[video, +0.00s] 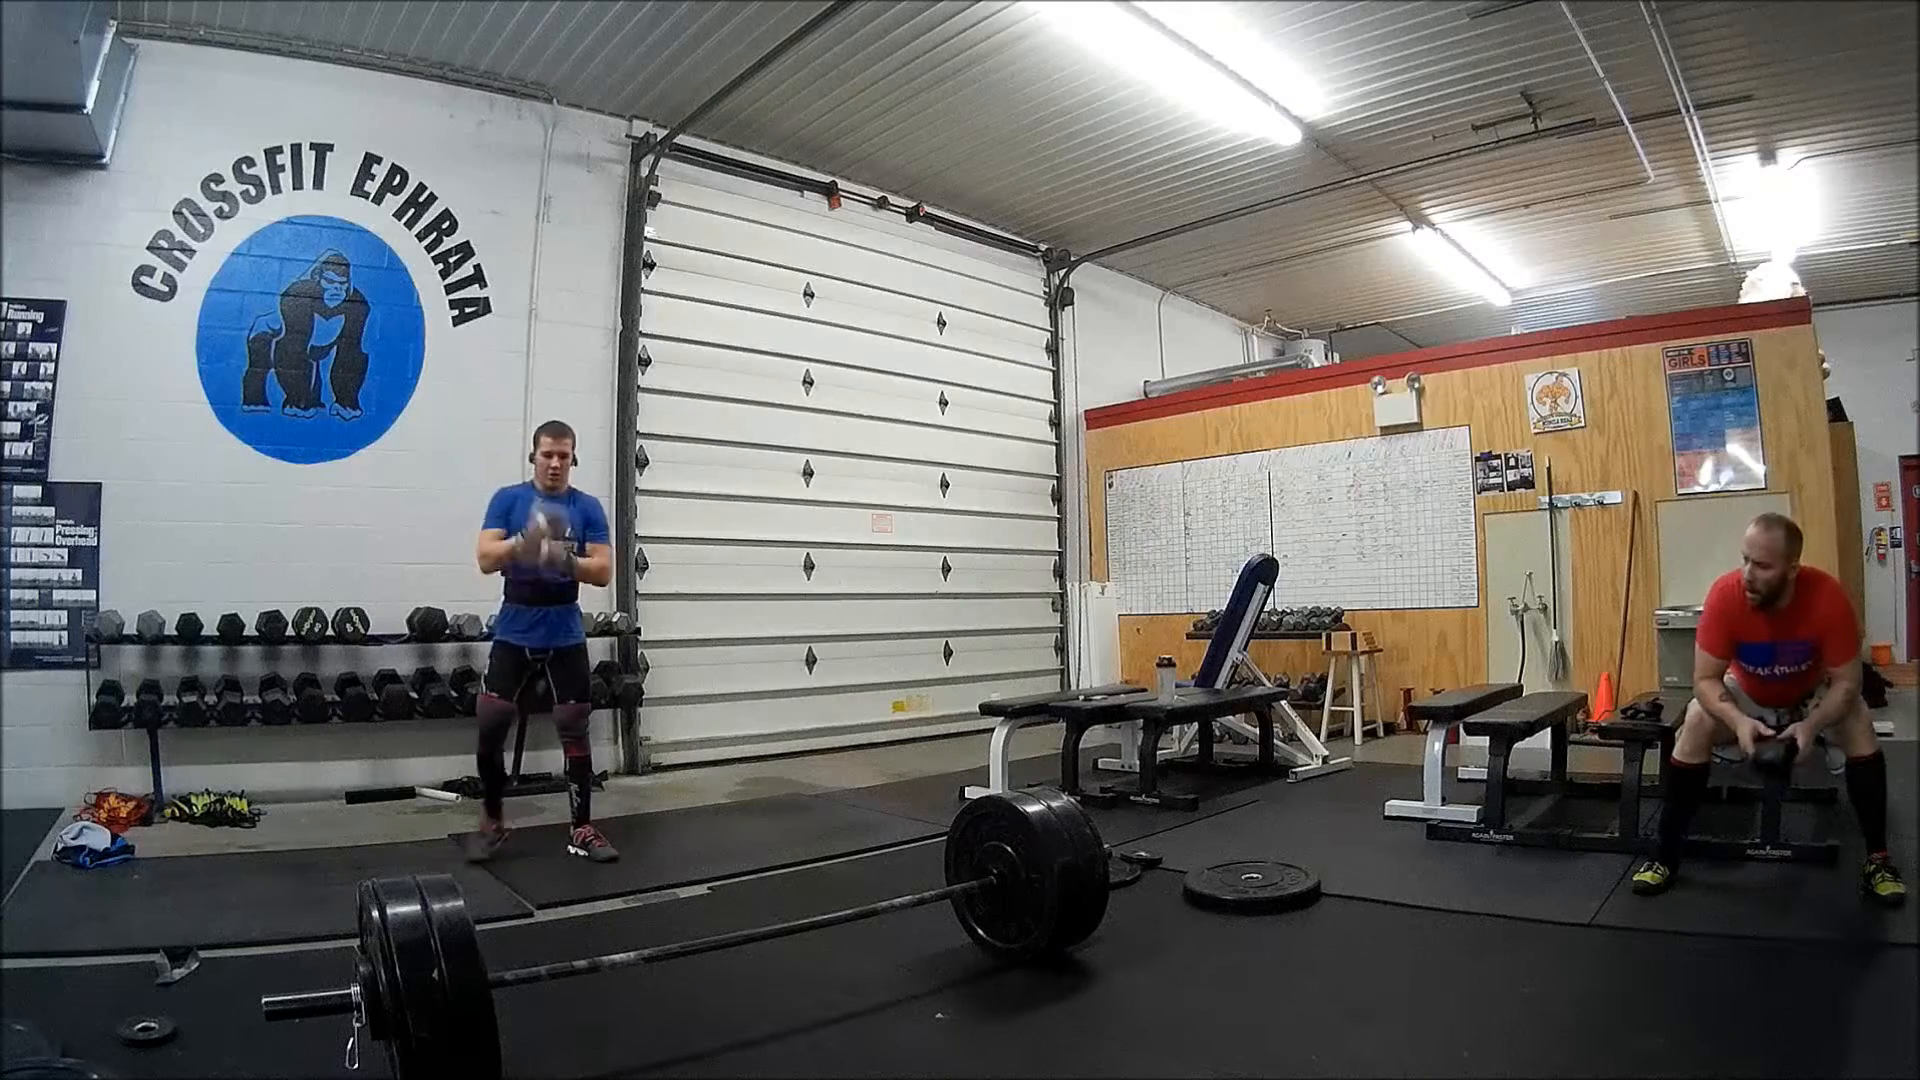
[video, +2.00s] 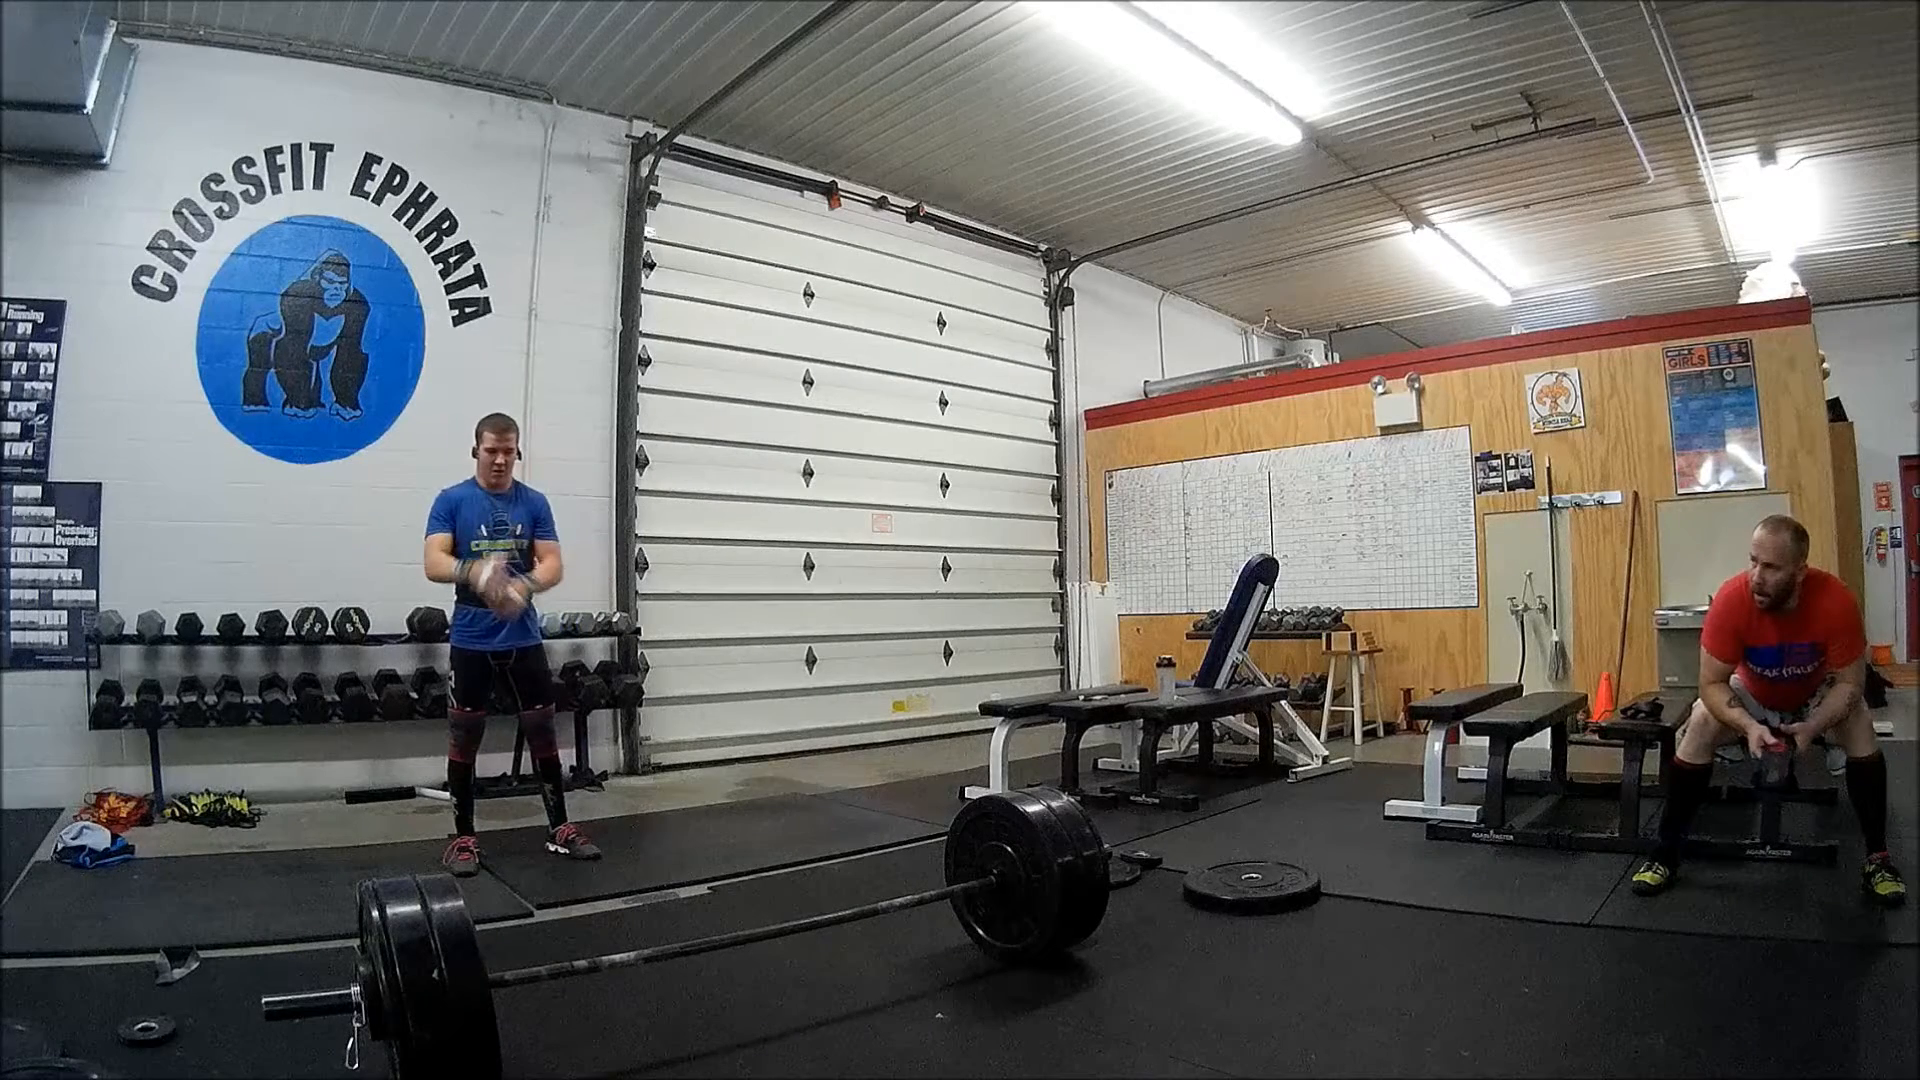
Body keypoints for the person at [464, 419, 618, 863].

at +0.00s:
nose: (555, 464)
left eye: (563, 457)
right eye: (548, 456)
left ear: (574, 460)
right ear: (534, 458)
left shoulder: (588, 508)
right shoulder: (508, 499)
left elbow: (602, 573)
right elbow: (486, 559)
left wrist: (563, 558)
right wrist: (523, 544)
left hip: (566, 636)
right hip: (514, 634)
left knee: (574, 729)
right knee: (490, 725)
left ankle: (582, 828)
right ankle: (492, 823)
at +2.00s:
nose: (499, 460)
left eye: (507, 452)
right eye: (491, 451)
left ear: (518, 453)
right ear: (476, 451)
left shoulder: (534, 503)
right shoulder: (451, 501)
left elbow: (552, 567)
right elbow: (433, 563)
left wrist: (524, 585)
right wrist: (474, 572)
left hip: (524, 641)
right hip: (471, 643)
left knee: (541, 728)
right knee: (465, 734)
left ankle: (560, 827)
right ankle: (464, 836)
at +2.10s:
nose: (499, 460)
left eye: (507, 452)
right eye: (491, 451)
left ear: (518, 454)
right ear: (476, 451)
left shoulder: (534, 503)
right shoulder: (451, 501)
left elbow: (552, 567)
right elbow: (433, 563)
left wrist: (525, 585)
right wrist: (474, 572)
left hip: (524, 641)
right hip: (471, 643)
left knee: (541, 728)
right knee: (465, 733)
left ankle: (560, 827)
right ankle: (464, 836)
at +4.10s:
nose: (562, 456)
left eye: (569, 448)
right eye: (553, 447)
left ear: (578, 450)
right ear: (533, 445)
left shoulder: (585, 503)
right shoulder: (504, 489)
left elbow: (611, 570)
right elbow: (494, 557)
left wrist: (565, 606)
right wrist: (555, 589)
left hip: (565, 646)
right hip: (510, 646)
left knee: (587, 740)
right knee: (497, 740)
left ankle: (600, 856)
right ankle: (476, 833)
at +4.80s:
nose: (624, 423)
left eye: (634, 411)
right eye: (613, 411)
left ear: (643, 408)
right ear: (587, 406)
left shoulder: (665, 469)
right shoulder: (555, 470)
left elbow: (689, 561)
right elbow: (555, 560)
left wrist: (644, 567)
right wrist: (625, 540)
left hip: (652, 646)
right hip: (585, 654)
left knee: (705, 759)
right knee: (582, 786)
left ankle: (648, 864)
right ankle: (580, 917)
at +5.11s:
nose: (714, 450)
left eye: (727, 437)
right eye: (702, 435)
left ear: (741, 431)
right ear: (677, 420)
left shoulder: (756, 498)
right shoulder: (630, 486)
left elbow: (780, 584)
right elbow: (587, 585)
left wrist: (778, 650)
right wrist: (615, 676)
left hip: (715, 664)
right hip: (640, 665)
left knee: (778, 788)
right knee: (623, 811)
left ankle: (817, 951)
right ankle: (600, 911)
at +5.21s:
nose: (731, 481)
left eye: (747, 469)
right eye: (722, 464)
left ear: (767, 457)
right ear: (701, 440)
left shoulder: (781, 512)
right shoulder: (646, 499)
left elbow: (797, 603)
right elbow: (606, 619)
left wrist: (779, 676)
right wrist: (616, 732)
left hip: (726, 661)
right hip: (644, 662)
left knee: (783, 784)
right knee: (634, 797)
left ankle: (817, 952)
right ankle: (631, 935)